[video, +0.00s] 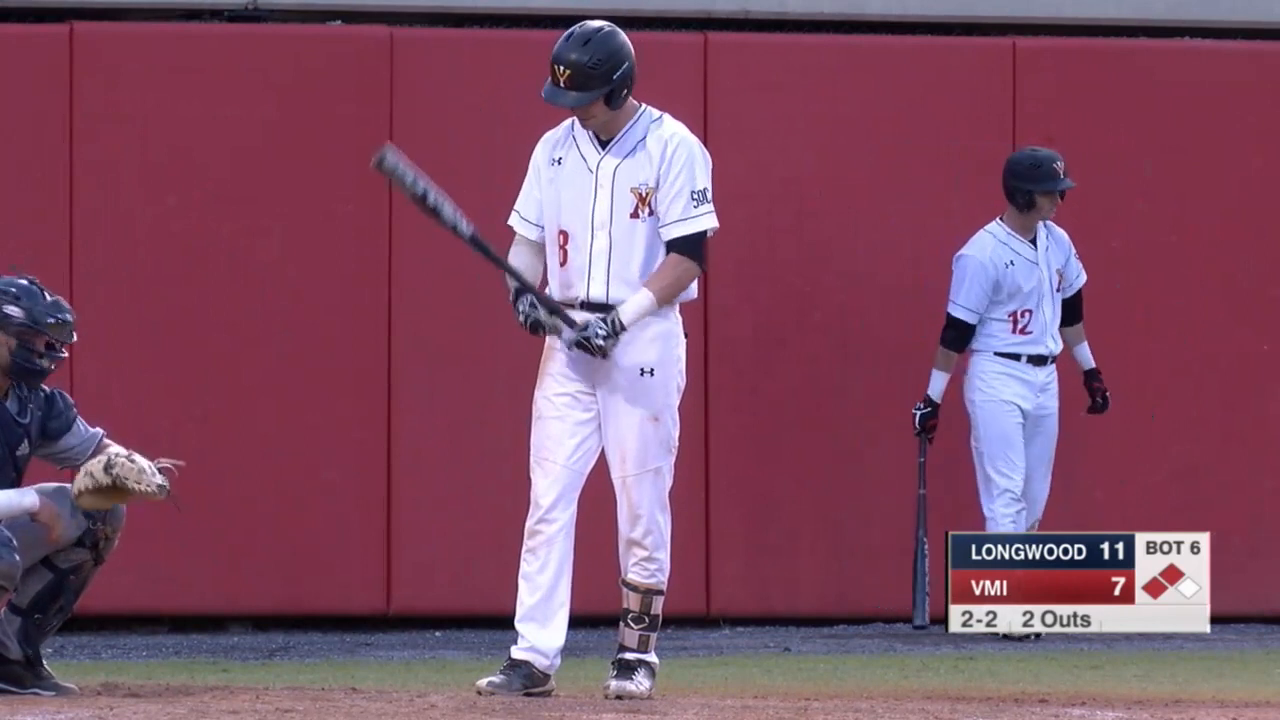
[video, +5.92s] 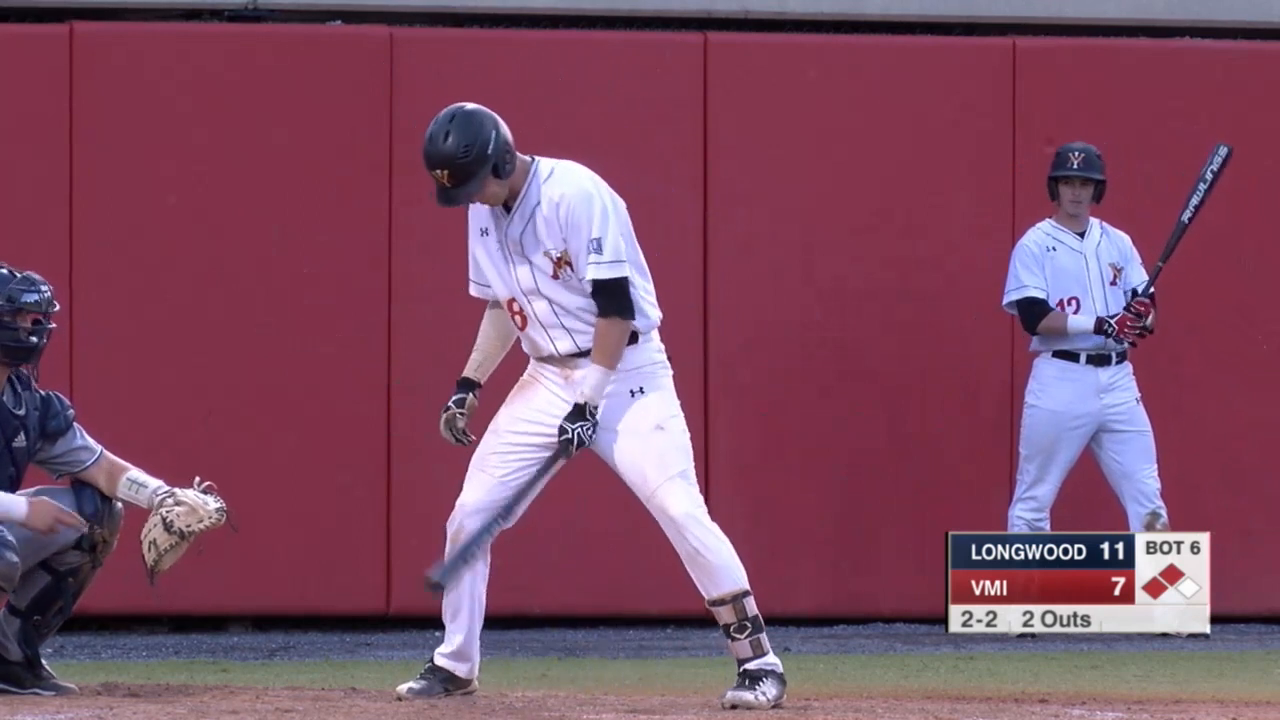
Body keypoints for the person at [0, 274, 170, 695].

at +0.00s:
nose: (40, 349)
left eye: (47, 341)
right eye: (28, 337)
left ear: (54, 344)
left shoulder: (35, 401)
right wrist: (26, 501)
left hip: (9, 521)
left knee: (98, 510)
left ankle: (15, 651)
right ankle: (8, 651)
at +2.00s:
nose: (53, 342)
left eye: (55, 333)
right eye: (42, 331)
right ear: (5, 334)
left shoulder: (40, 407)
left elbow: (98, 461)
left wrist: (128, 482)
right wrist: (29, 505)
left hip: (10, 521)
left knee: (95, 512)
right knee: (8, 548)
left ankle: (15, 651)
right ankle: (7, 655)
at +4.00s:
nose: (38, 329)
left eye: (41, 320)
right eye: (23, 320)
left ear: (47, 326)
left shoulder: (37, 406)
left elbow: (97, 462)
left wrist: (126, 484)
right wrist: (26, 505)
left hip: (9, 521)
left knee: (96, 511)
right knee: (11, 545)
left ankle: (16, 652)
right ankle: (9, 653)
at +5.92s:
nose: (29, 327)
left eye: (35, 317)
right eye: (18, 316)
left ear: (43, 323)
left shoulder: (32, 404)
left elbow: (103, 468)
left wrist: (165, 496)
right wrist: (18, 507)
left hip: (8, 527)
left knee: (93, 511)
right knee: (6, 555)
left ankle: (14, 651)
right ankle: (9, 651)